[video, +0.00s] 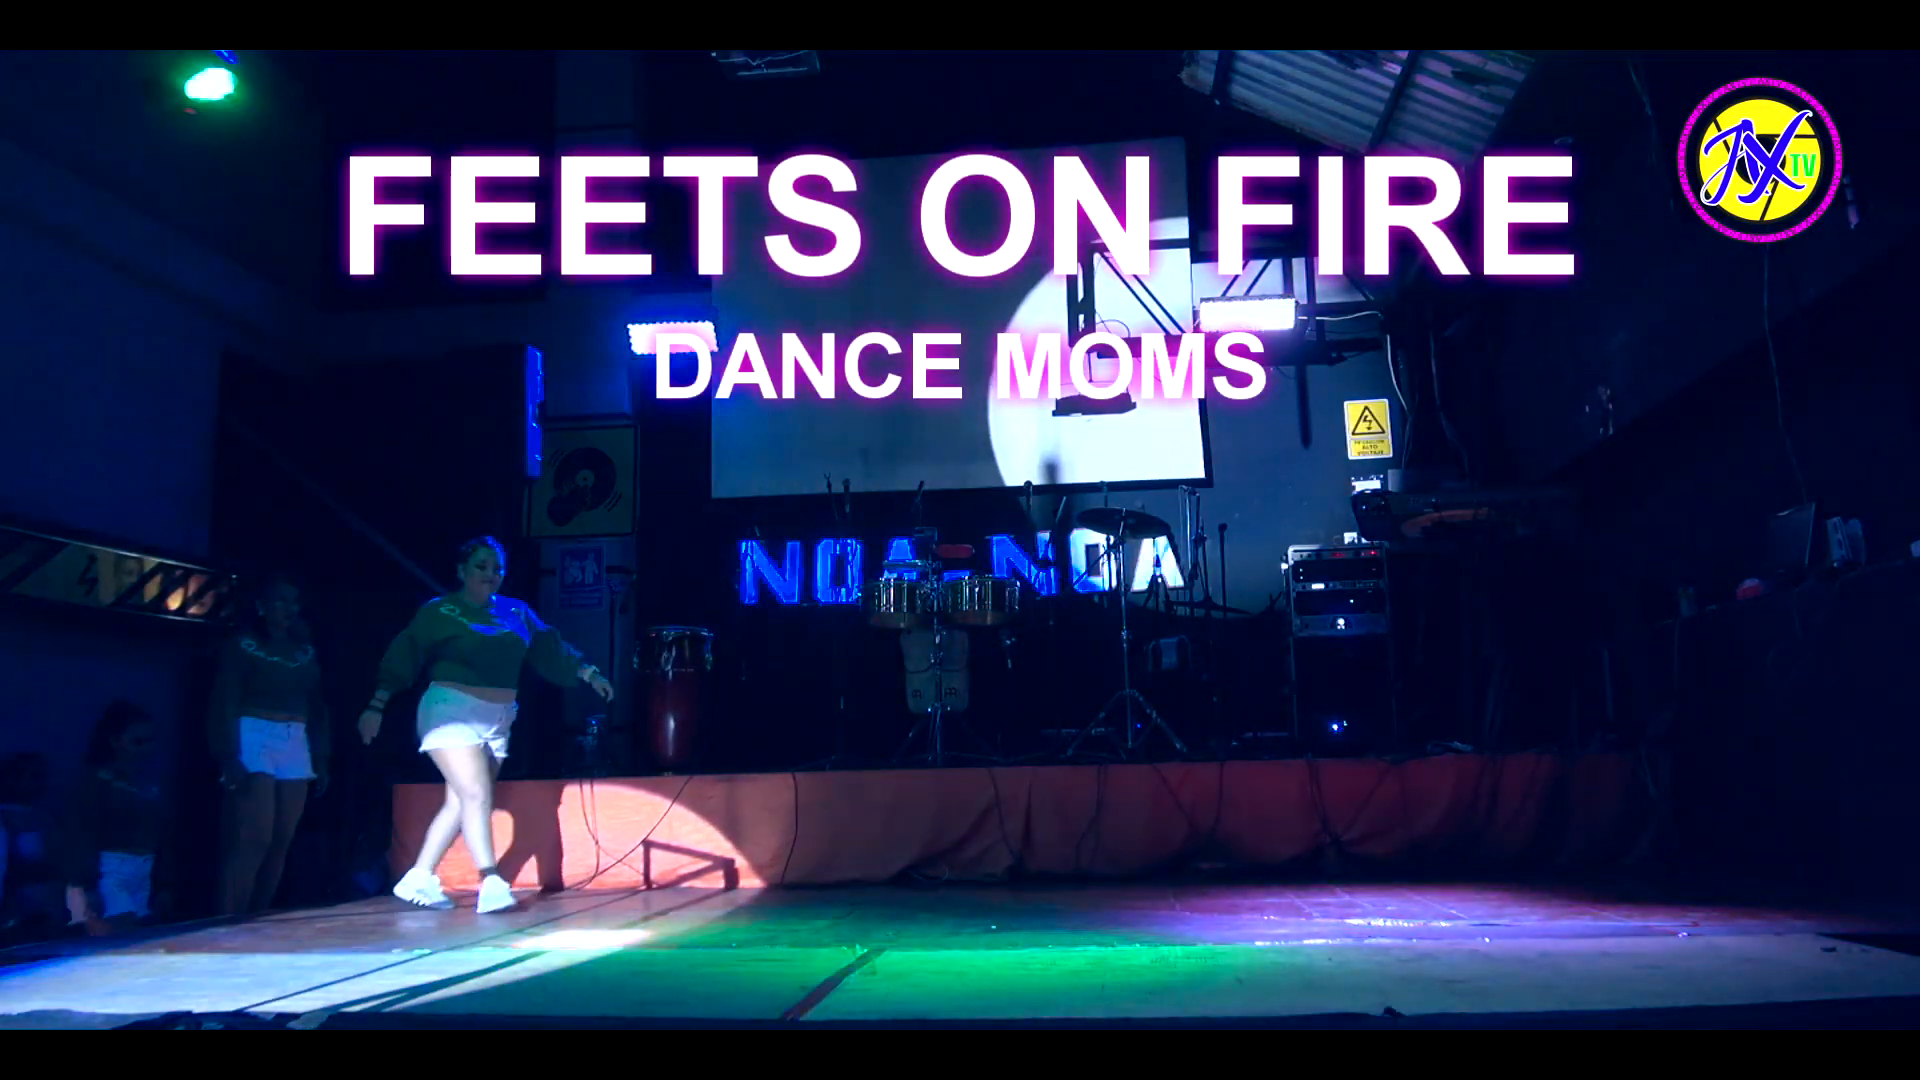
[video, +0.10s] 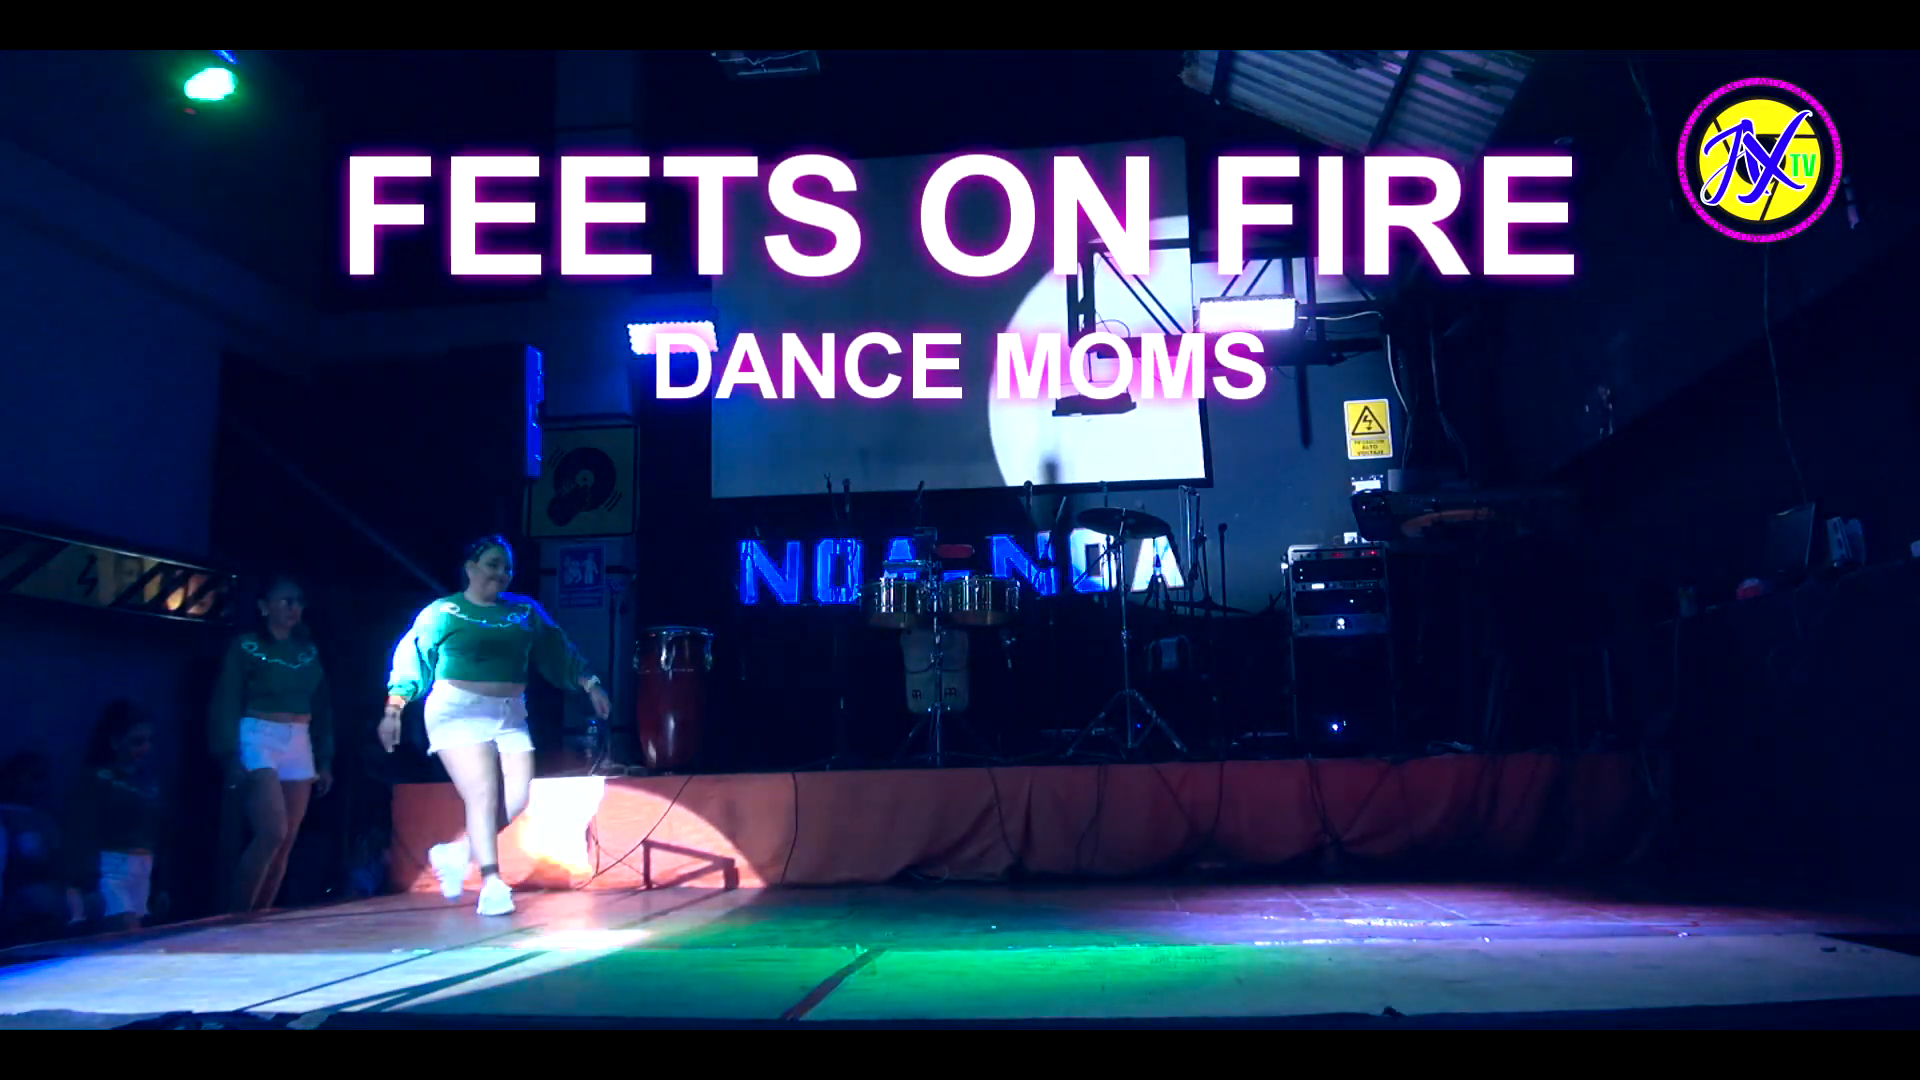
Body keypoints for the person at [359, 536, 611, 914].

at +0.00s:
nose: (489, 575)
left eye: (495, 569)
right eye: (481, 567)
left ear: (502, 574)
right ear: (462, 570)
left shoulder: (517, 614)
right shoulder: (440, 613)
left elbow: (553, 650)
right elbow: (402, 657)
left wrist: (588, 674)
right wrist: (376, 706)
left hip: (497, 719)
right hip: (449, 711)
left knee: (458, 803)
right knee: (476, 792)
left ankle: (418, 878)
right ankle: (490, 881)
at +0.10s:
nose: (498, 574)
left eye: (504, 567)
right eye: (491, 566)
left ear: (509, 573)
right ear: (469, 567)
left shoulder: (524, 612)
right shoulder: (442, 614)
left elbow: (560, 650)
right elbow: (410, 658)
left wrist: (591, 685)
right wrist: (393, 708)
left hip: (510, 713)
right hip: (457, 711)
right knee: (482, 794)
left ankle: (454, 855)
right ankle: (492, 883)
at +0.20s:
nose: (511, 572)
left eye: (515, 566)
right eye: (503, 564)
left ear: (519, 573)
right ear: (480, 566)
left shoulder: (531, 615)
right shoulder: (449, 615)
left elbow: (562, 660)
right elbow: (421, 664)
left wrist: (586, 696)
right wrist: (416, 709)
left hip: (520, 713)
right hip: (464, 714)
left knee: (546, 788)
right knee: (487, 795)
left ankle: (510, 841)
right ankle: (493, 882)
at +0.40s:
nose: (531, 562)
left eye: (535, 556)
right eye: (522, 553)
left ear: (538, 562)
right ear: (498, 557)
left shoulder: (548, 605)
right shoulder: (465, 601)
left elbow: (568, 654)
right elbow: (427, 646)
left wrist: (569, 699)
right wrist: (446, 650)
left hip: (537, 703)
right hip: (482, 705)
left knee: (543, 791)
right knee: (494, 799)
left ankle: (550, 881)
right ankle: (500, 883)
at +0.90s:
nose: (559, 555)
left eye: (567, 548)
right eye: (550, 547)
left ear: (578, 555)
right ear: (533, 552)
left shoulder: (594, 607)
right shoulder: (510, 592)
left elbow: (609, 664)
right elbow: (468, 644)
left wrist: (636, 660)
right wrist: (436, 682)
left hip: (583, 703)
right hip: (526, 699)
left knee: (575, 800)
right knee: (538, 789)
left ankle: (558, 893)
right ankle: (521, 838)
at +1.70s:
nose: (516, 511)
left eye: (528, 505)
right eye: (510, 504)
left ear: (549, 515)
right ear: (501, 513)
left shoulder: (576, 566)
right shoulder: (481, 569)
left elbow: (615, 620)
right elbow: (456, 628)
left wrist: (633, 673)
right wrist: (414, 617)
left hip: (558, 682)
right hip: (497, 687)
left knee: (536, 789)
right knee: (519, 797)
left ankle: (529, 906)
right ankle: (542, 903)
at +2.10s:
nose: (504, 503)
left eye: (518, 496)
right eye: (499, 496)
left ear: (546, 514)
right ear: (492, 510)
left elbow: (598, 627)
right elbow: (432, 622)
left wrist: (604, 672)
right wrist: (413, 682)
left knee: (525, 797)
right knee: (452, 798)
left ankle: (516, 909)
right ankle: (493, 888)